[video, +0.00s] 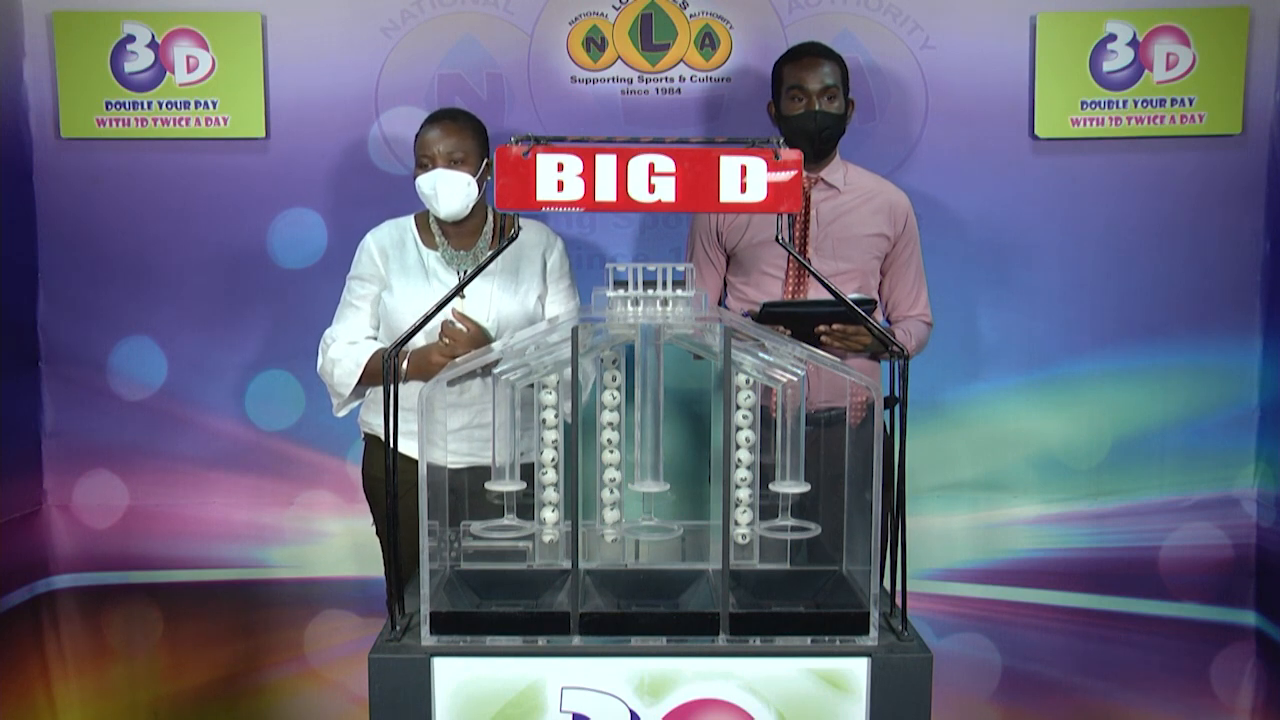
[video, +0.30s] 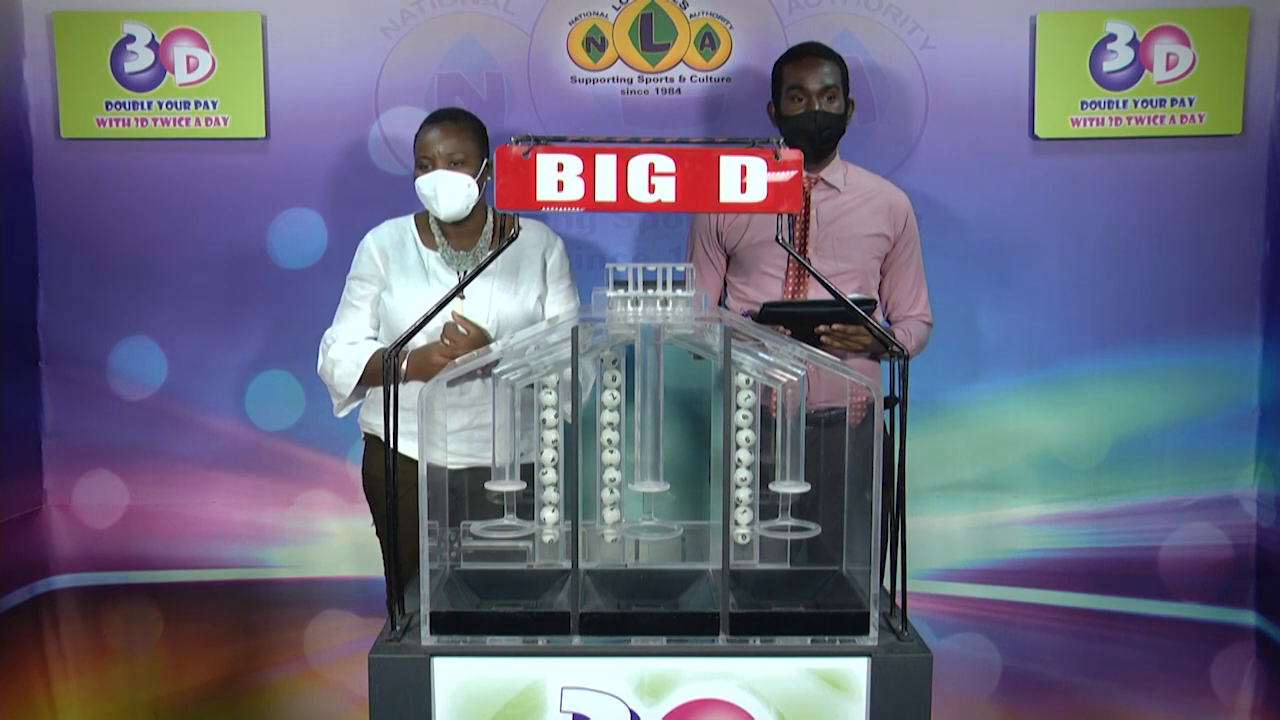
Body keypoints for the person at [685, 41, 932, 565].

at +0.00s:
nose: (813, 107)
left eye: (829, 94)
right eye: (796, 95)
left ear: (848, 108)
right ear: (774, 109)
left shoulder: (888, 205)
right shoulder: (727, 200)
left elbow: (914, 321)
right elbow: (695, 317)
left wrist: (876, 341)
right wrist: (757, 336)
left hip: (843, 416)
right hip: (752, 416)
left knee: (844, 580)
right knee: (753, 579)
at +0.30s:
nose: (813, 107)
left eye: (829, 94)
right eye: (796, 95)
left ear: (848, 108)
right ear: (774, 109)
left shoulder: (888, 205)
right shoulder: (727, 200)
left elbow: (914, 321)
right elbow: (695, 317)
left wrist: (876, 341)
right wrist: (758, 336)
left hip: (843, 416)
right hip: (752, 416)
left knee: (844, 580)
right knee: (753, 579)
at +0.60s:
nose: (814, 107)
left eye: (829, 94)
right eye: (796, 95)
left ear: (848, 108)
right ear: (774, 109)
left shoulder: (888, 205)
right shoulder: (727, 200)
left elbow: (914, 321)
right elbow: (695, 317)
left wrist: (876, 341)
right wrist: (758, 335)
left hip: (844, 416)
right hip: (752, 416)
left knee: (845, 580)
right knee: (753, 579)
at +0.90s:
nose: (813, 107)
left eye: (829, 94)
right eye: (796, 95)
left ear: (848, 108)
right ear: (774, 109)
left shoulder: (888, 205)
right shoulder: (727, 200)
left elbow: (914, 321)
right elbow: (696, 318)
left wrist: (876, 341)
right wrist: (758, 336)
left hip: (843, 417)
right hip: (751, 416)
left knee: (844, 581)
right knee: (753, 579)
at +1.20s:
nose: (813, 107)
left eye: (829, 94)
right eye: (796, 95)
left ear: (848, 108)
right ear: (774, 109)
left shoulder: (888, 205)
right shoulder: (727, 200)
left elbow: (914, 321)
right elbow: (695, 317)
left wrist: (876, 341)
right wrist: (758, 336)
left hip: (844, 417)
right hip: (751, 416)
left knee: (844, 581)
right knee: (753, 579)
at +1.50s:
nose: (813, 107)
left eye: (829, 94)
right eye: (796, 94)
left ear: (848, 108)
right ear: (774, 109)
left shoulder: (888, 205)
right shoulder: (727, 200)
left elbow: (915, 321)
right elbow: (695, 317)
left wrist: (876, 340)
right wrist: (755, 334)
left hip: (843, 417)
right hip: (751, 416)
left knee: (844, 580)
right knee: (753, 579)